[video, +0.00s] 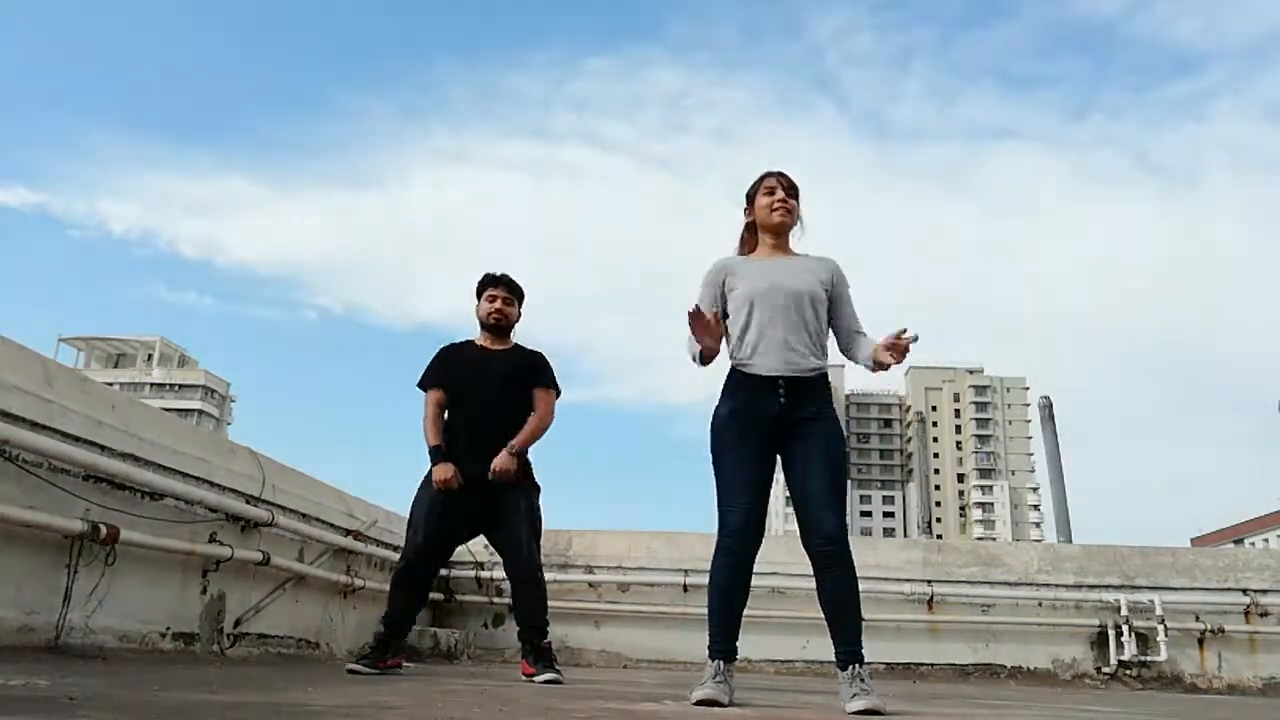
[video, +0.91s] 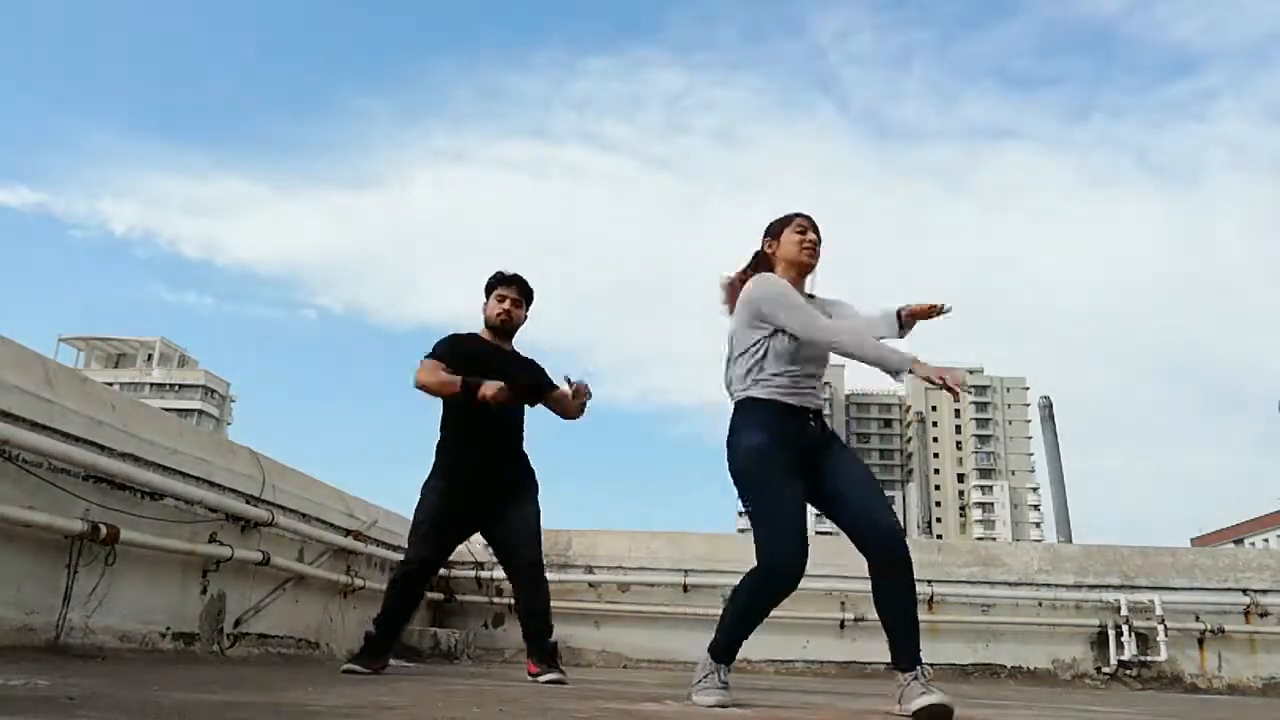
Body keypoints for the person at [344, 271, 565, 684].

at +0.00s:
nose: (498, 306)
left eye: (507, 302)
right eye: (491, 299)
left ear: (518, 313)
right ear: (477, 307)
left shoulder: (534, 362)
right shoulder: (451, 355)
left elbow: (544, 412)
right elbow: (433, 409)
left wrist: (514, 450)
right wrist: (439, 458)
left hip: (508, 483)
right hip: (452, 478)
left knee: (526, 566)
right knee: (416, 558)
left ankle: (537, 653)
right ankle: (389, 644)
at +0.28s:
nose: (476, 301)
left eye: (486, 297)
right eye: (470, 294)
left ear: (497, 310)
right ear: (457, 301)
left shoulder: (508, 361)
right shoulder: (428, 352)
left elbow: (528, 404)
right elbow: (395, 397)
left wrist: (530, 427)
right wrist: (402, 407)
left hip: (489, 475)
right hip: (431, 471)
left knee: (509, 563)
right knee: (402, 558)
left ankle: (530, 651)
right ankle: (373, 648)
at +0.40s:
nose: (469, 301)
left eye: (479, 297)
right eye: (463, 293)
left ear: (489, 310)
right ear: (449, 301)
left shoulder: (498, 355)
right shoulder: (426, 352)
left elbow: (531, 393)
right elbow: (374, 382)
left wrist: (560, 375)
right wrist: (360, 341)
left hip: (485, 472)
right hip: (429, 470)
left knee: (504, 530)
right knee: (402, 557)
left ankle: (476, 566)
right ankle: (372, 649)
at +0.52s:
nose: (471, 300)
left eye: (481, 296)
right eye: (465, 292)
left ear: (491, 309)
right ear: (450, 301)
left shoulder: (500, 355)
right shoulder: (426, 351)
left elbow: (539, 388)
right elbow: (372, 375)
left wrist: (563, 361)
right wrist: (366, 330)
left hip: (486, 469)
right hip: (430, 469)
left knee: (502, 523)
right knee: (398, 558)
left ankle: (466, 535)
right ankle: (372, 650)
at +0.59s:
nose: (488, 304)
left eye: (498, 300)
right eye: (481, 296)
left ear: (505, 314)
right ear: (466, 304)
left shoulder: (511, 359)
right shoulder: (438, 343)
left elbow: (560, 386)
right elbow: (393, 358)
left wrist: (559, 353)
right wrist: (439, 346)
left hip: (490, 470)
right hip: (435, 471)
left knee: (526, 518)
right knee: (404, 561)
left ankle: (511, 617)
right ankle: (371, 651)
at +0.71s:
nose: (493, 329)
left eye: (503, 325)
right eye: (487, 320)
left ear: (510, 338)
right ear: (471, 326)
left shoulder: (513, 376)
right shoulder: (448, 360)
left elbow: (550, 393)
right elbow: (469, 379)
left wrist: (535, 374)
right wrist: (512, 394)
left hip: (500, 492)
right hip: (443, 490)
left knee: (526, 557)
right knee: (405, 561)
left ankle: (544, 656)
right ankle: (374, 649)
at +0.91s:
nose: (507, 306)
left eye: (516, 303)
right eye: (500, 298)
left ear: (524, 316)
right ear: (485, 305)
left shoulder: (528, 369)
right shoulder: (458, 344)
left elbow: (568, 410)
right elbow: (425, 377)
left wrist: (578, 399)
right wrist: (475, 387)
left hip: (509, 487)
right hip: (453, 482)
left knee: (529, 571)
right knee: (416, 566)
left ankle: (542, 658)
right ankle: (375, 651)